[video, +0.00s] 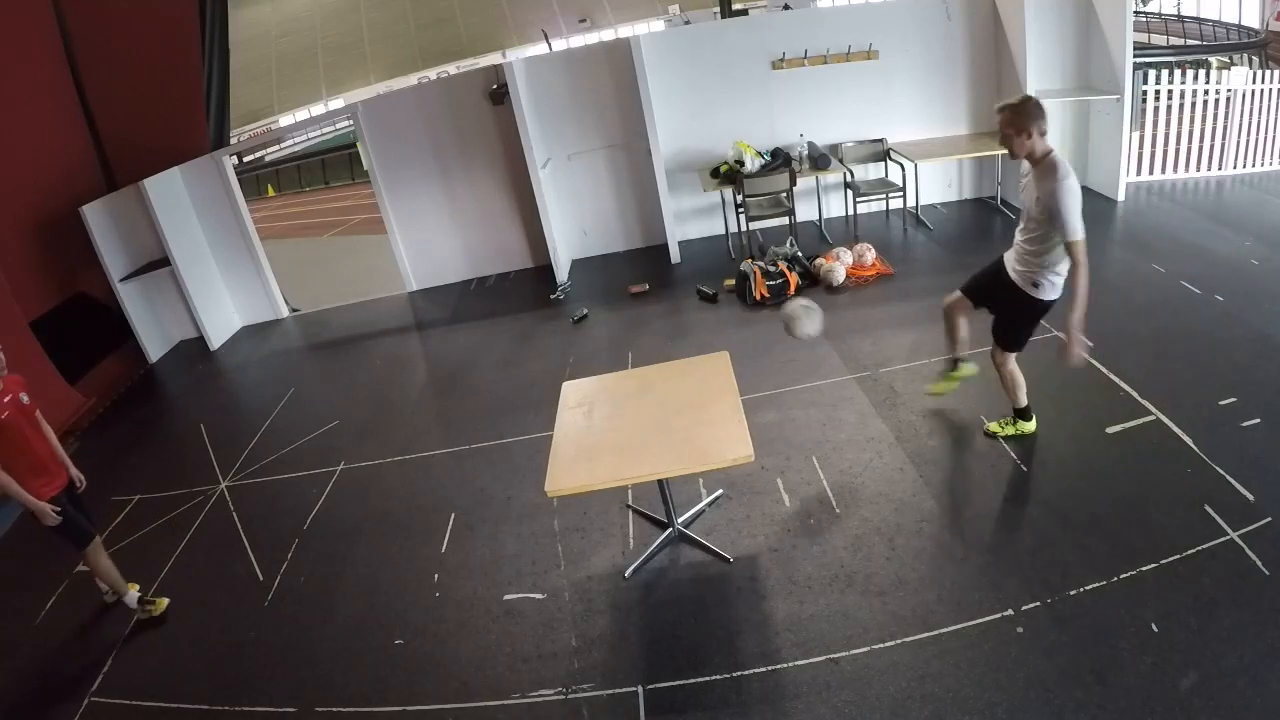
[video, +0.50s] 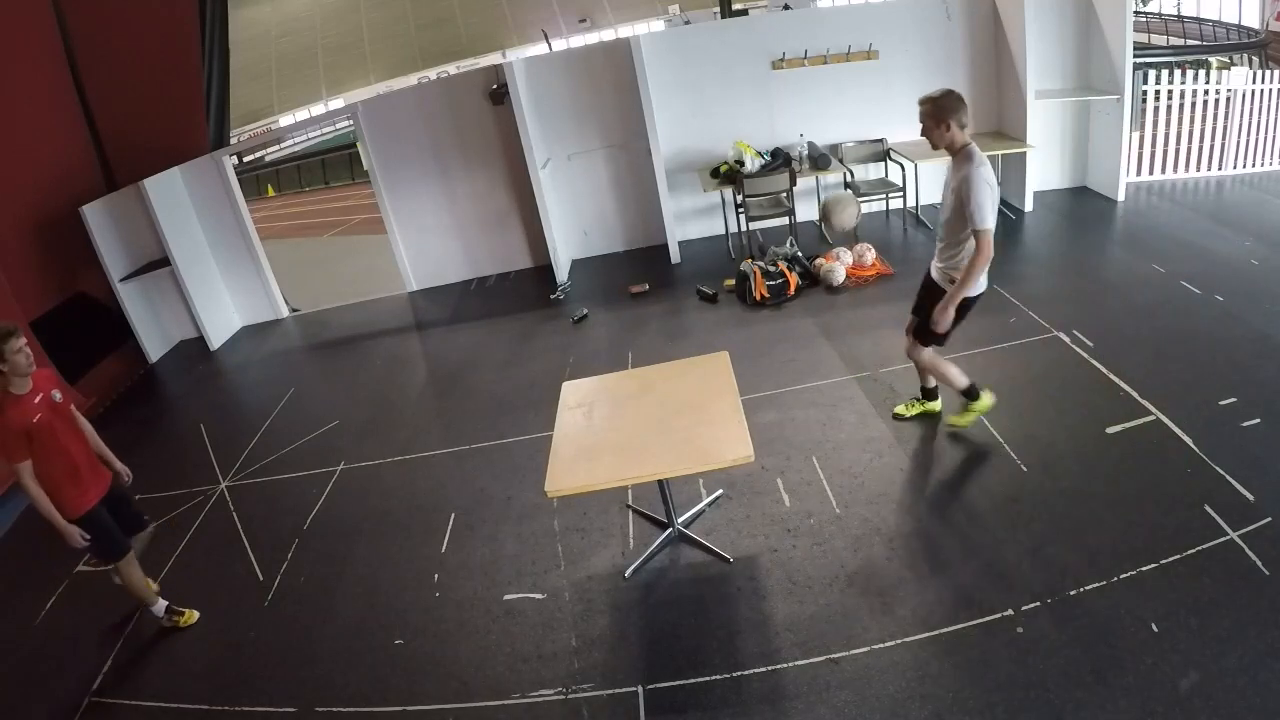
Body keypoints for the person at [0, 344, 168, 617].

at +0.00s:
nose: (3, 359)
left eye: (1, 352)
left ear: (4, 356)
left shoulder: (14, 383)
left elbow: (43, 426)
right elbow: (1, 475)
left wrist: (69, 465)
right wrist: (32, 504)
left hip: (61, 476)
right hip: (41, 495)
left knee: (90, 535)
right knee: (90, 541)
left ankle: (107, 586)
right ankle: (134, 600)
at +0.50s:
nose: (28, 353)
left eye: (26, 346)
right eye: (18, 351)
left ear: (30, 347)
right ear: (4, 364)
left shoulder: (47, 377)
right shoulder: (10, 417)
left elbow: (79, 421)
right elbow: (27, 480)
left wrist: (113, 461)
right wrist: (63, 526)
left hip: (101, 477)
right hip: (77, 502)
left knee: (141, 528)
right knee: (122, 555)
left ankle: (123, 572)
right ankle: (163, 611)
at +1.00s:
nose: (94, 338)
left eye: (91, 331)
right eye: (84, 335)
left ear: (88, 335)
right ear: (63, 350)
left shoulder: (112, 370)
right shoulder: (70, 411)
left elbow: (147, 420)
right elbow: (99, 478)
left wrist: (182, 464)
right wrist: (149, 516)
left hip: (175, 480)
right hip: (145, 509)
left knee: (222, 539)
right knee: (175, 570)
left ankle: (267, 604)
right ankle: (168, 604)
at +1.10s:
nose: (106, 331)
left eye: (104, 324)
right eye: (96, 328)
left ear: (106, 326)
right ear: (75, 343)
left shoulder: (125, 364)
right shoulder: (80, 403)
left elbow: (160, 412)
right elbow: (110, 473)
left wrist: (199, 459)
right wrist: (158, 517)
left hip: (188, 475)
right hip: (160, 504)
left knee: (230, 541)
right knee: (207, 568)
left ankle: (266, 604)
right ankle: (190, 601)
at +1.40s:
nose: (141, 325)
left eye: (138, 317)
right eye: (131, 322)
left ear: (137, 319)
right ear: (109, 338)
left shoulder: (160, 358)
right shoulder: (115, 405)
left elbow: (205, 407)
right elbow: (140, 482)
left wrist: (253, 444)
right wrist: (188, 529)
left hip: (225, 479)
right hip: (200, 507)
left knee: (256, 550)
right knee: (257, 572)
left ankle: (267, 607)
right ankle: (322, 637)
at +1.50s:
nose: (154, 326)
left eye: (151, 318)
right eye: (143, 324)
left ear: (150, 319)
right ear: (121, 340)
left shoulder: (172, 360)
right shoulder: (128, 408)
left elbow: (216, 410)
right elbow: (156, 486)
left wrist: (267, 448)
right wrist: (201, 537)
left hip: (239, 480)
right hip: (215, 507)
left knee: (262, 547)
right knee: (278, 570)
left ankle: (267, 605)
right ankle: (339, 642)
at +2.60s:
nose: (257, 313)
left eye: (257, 304)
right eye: (251, 306)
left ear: (227, 308)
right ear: (222, 309)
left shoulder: (238, 343)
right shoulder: (206, 372)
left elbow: (257, 412)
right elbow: (226, 465)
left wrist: (288, 448)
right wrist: (279, 518)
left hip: (286, 480)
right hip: (263, 505)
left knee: (328, 557)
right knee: (317, 572)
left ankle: (343, 625)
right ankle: (304, 636)